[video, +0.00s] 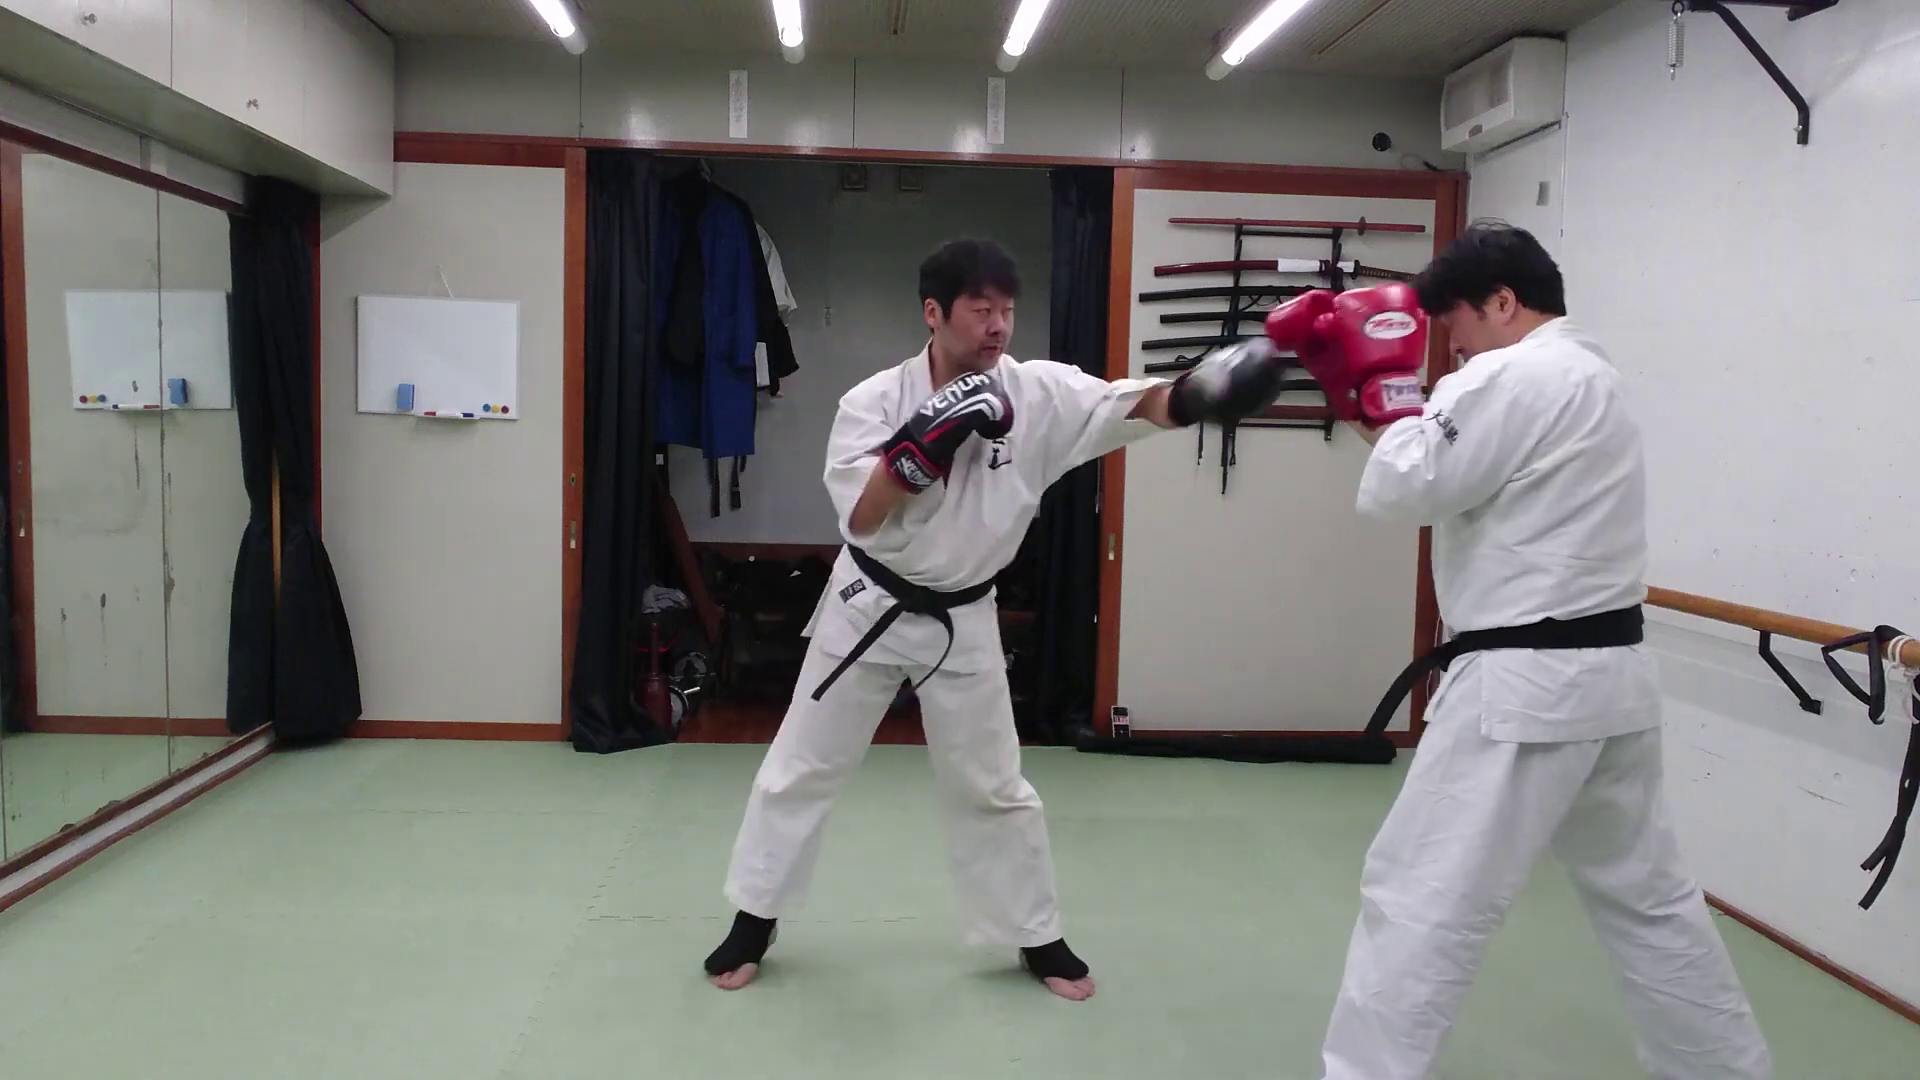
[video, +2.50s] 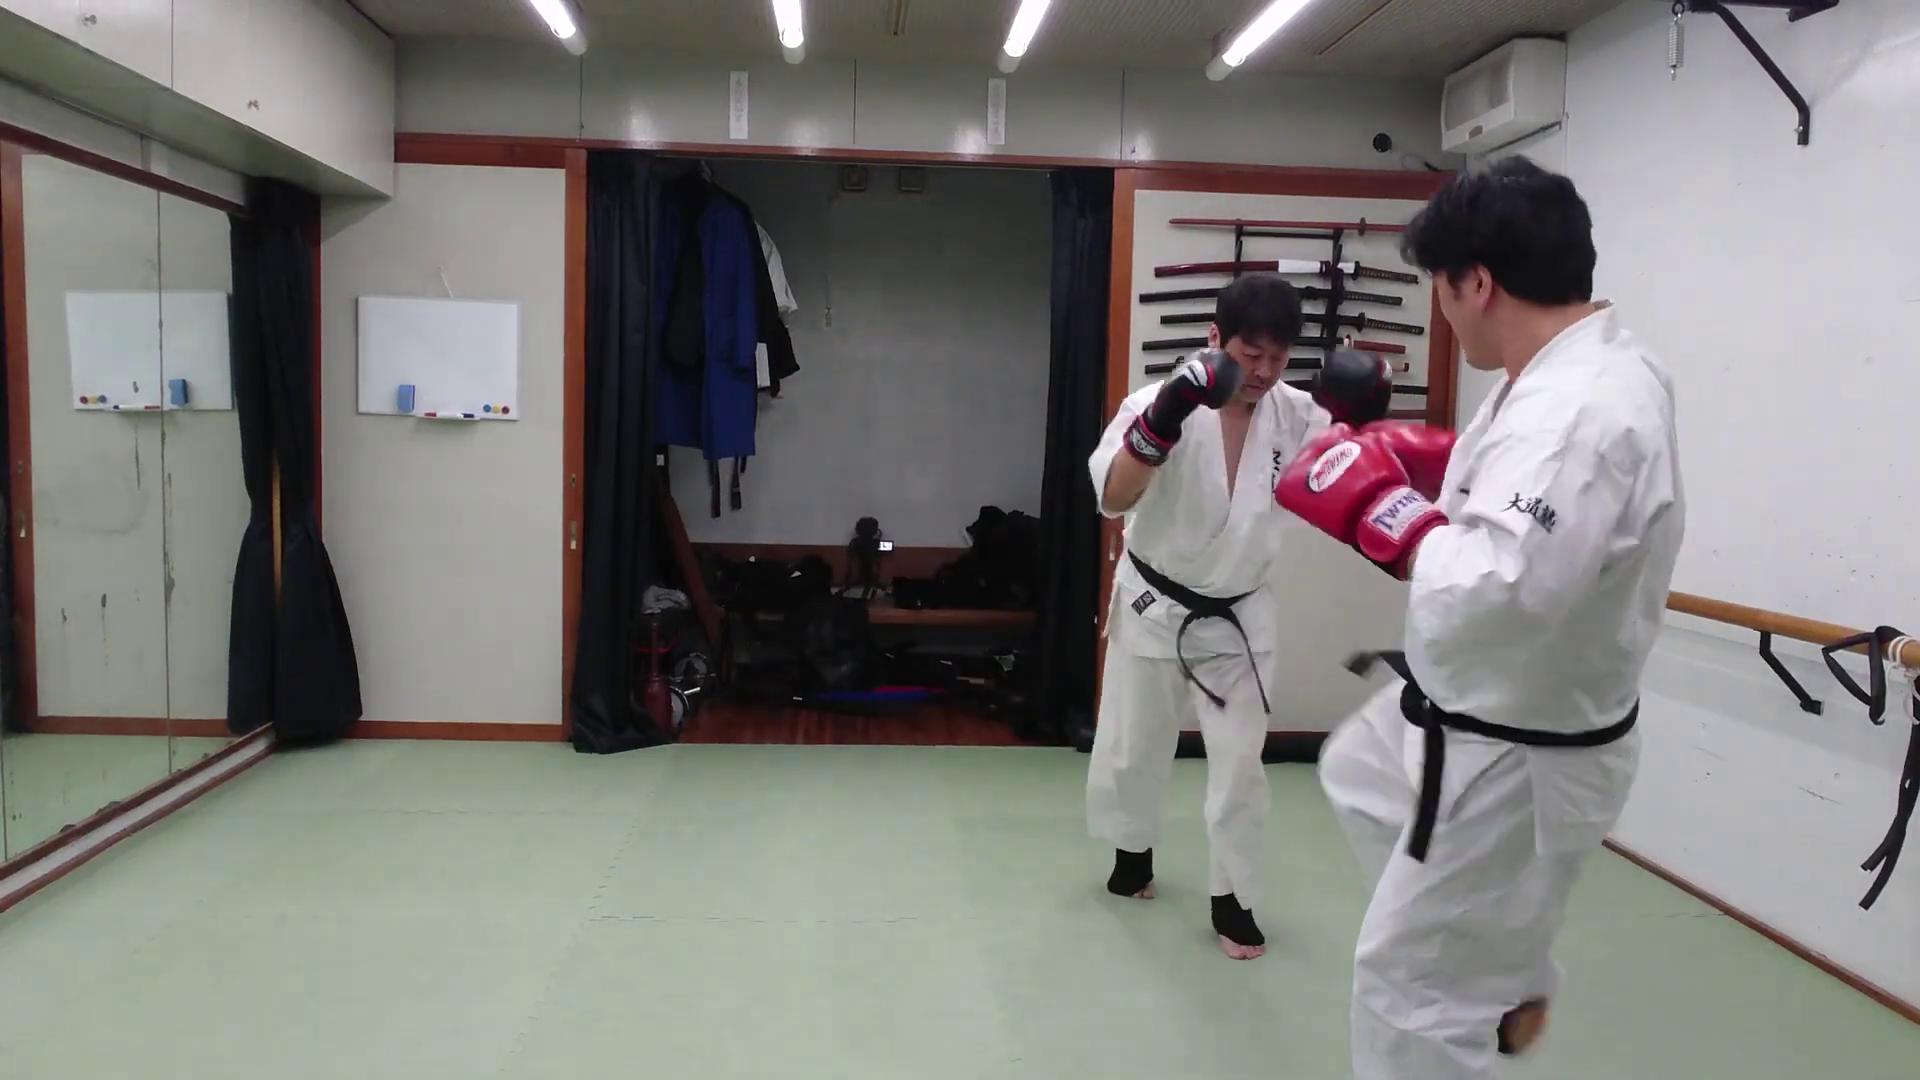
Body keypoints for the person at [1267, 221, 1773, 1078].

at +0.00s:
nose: (1451, 349)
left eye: (1453, 326)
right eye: (1445, 332)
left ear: (1503, 302)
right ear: (1531, 305)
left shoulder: (1508, 382)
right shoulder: (1596, 377)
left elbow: (1400, 487)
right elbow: (1478, 476)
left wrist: (1400, 391)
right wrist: (1388, 408)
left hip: (1520, 687)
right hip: (1621, 678)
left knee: (1418, 904)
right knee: (1651, 904)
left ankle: (1364, 1065)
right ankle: (1731, 1067)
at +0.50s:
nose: (1502, 351)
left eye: (1506, 330)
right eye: (1497, 335)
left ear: (1554, 312)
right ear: (1593, 310)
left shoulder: (1570, 397)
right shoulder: (1693, 394)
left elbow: (1495, 525)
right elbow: (1611, 490)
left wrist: (1457, 441)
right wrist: (1509, 414)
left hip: (1591, 700)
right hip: (1708, 699)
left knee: (1467, 922)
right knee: (1717, 943)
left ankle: (1389, 1068)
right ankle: (1753, 1076)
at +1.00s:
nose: (1431, 332)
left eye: (1435, 311)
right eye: (1428, 313)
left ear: (1478, 300)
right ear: (1546, 292)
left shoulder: (1488, 393)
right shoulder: (1640, 379)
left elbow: (1377, 527)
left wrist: (1345, 442)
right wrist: (1448, 391)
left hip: (1541, 719)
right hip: (1680, 706)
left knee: (1431, 985)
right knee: (1702, 982)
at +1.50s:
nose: (1488, 331)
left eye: (1489, 308)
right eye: (1483, 312)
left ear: (1528, 291)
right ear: (1606, 286)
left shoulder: (1494, 386)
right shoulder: (1706, 397)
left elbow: (1394, 516)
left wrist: (1350, 449)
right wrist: (1485, 383)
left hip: (1516, 731)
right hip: (1671, 730)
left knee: (1393, 988)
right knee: (1698, 998)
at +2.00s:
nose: (1523, 306)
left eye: (1525, 281)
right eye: (1520, 283)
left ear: (1578, 269)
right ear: (1615, 262)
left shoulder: (1601, 376)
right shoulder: (1706, 351)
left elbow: (1526, 501)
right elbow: (1560, 396)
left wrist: (1398, 434)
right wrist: (1445, 381)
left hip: (1544, 744)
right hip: (1667, 729)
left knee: (1442, 997)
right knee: (1654, 928)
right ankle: (1742, 1076)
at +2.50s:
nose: (1440, 310)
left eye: (1440, 287)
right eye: (1437, 288)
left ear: (1481, 284)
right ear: (1563, 264)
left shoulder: (1585, 408)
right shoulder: (1574, 369)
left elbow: (1503, 585)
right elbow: (1535, 488)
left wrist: (1380, 511)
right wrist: (1439, 460)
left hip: (1518, 754)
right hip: (1475, 702)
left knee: (1409, 991)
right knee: (1358, 773)